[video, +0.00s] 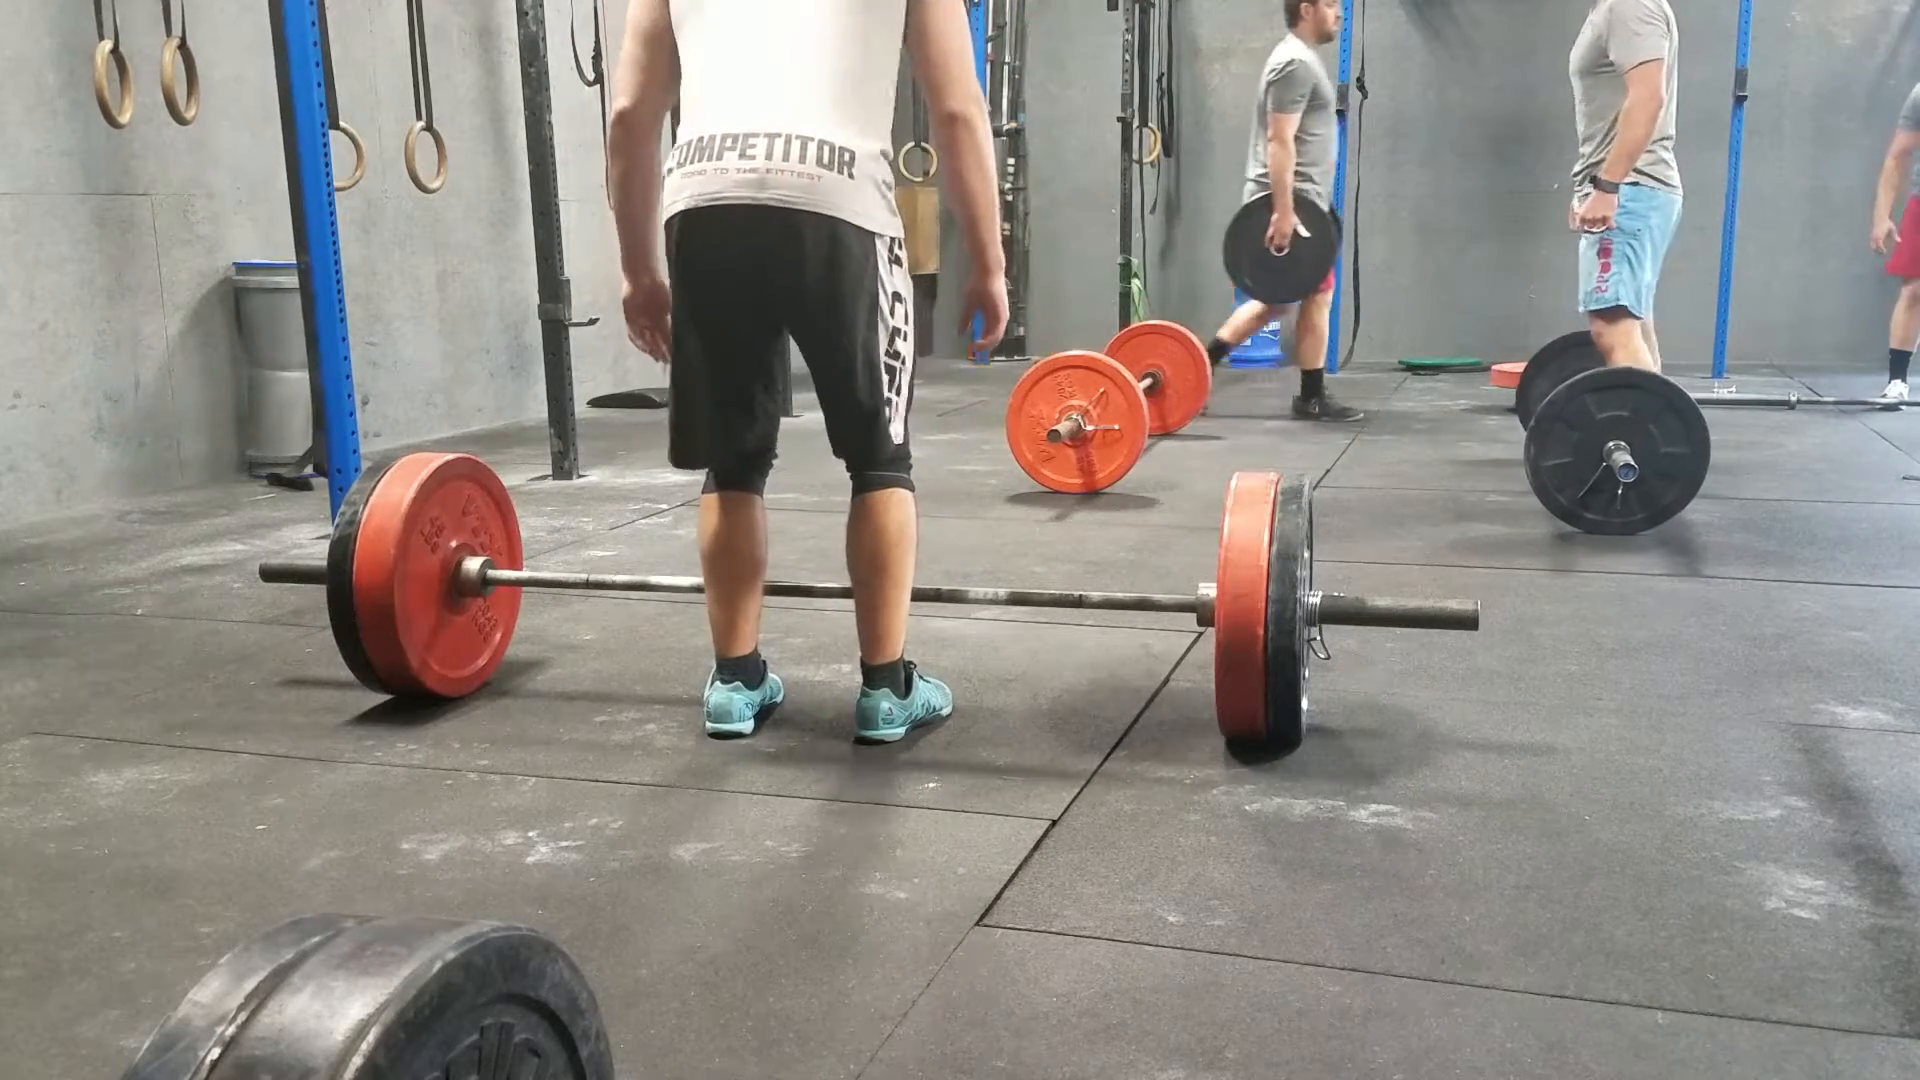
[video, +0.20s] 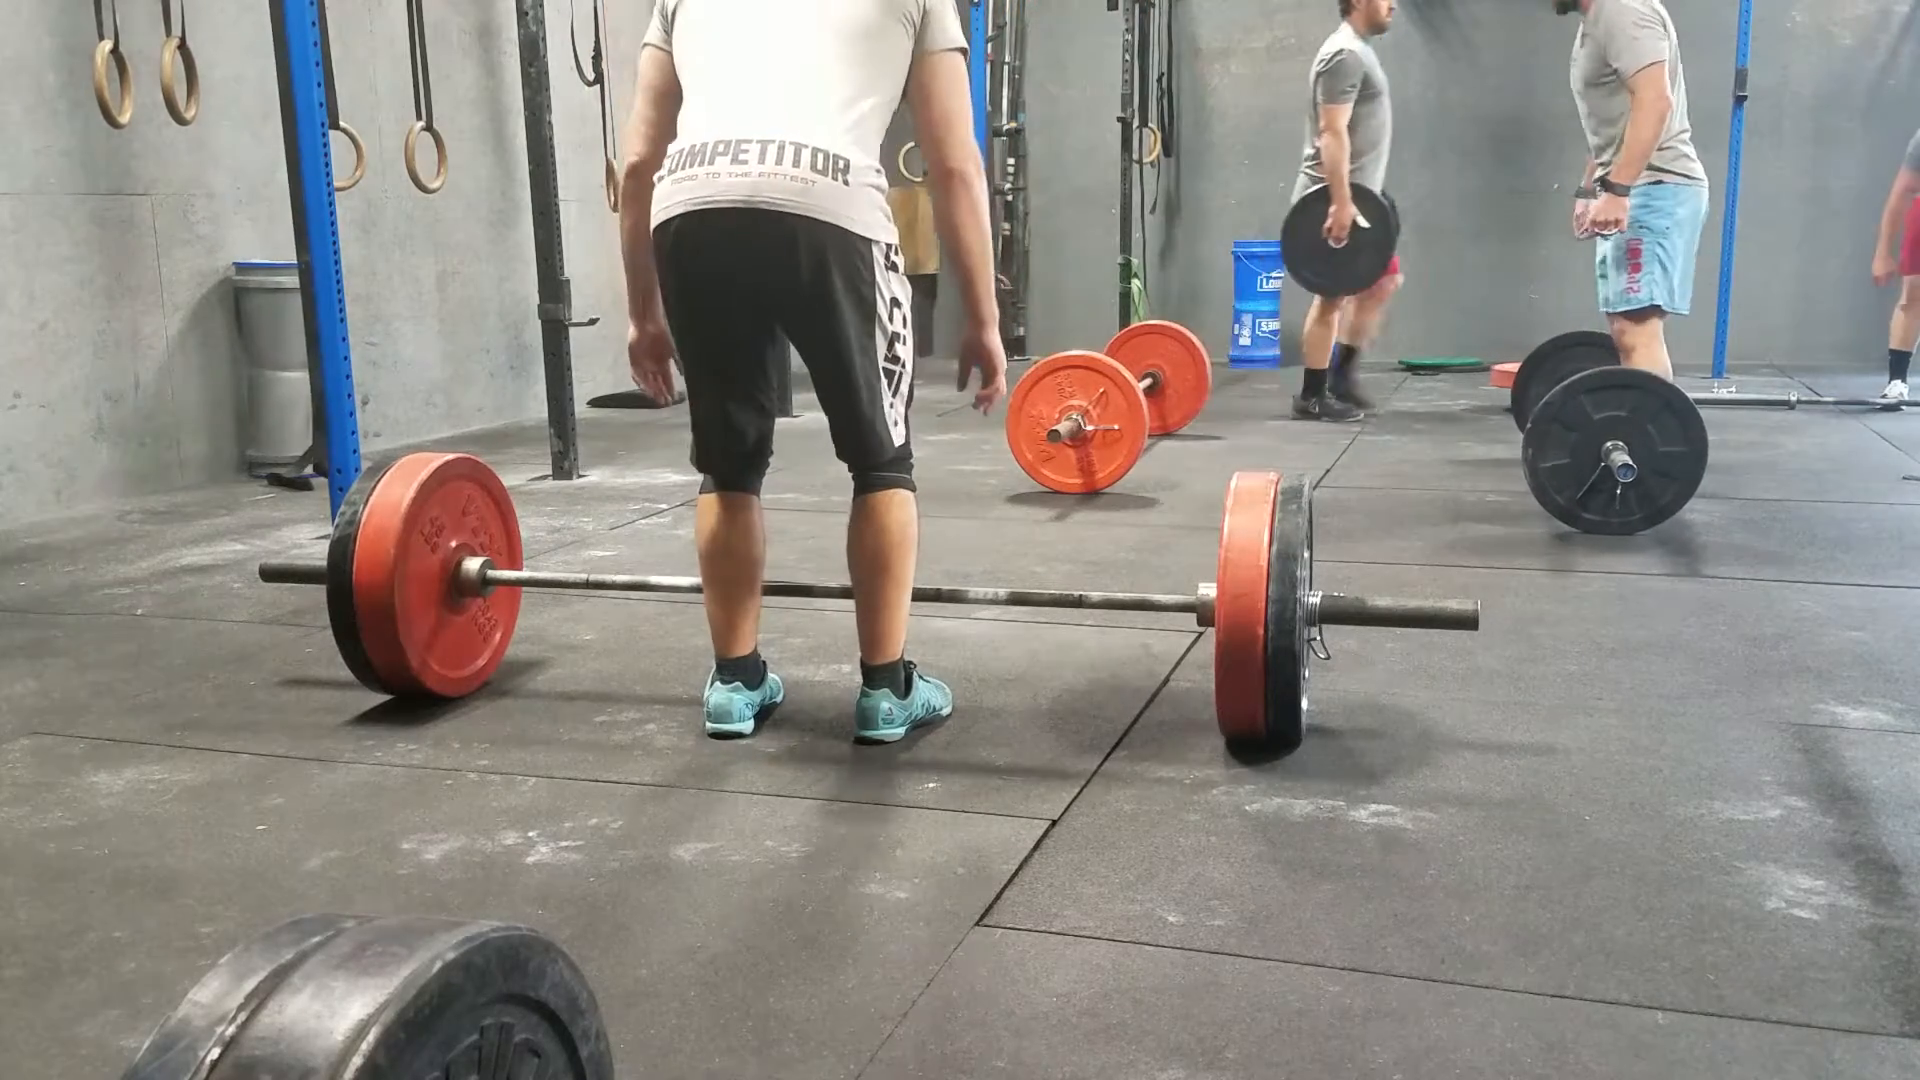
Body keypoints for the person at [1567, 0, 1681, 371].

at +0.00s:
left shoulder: (1631, 8)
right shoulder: (1615, 10)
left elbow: (1647, 99)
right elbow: (1619, 109)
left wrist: (1606, 186)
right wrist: (1587, 188)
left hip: (1630, 187)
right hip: (1636, 188)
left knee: (1613, 329)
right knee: (1632, 327)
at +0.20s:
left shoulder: (1623, 12)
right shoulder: (1595, 21)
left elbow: (1654, 103)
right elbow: (1612, 119)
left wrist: (1617, 189)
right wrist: (1589, 190)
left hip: (1657, 184)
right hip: (1634, 186)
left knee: (1637, 331)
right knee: (1626, 331)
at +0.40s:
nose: (1508, 72)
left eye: (1503, 60)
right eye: (1500, 64)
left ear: (1523, 33)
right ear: (1526, 34)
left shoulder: (1593, 47)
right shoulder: (1578, 66)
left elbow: (1650, 121)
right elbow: (1601, 164)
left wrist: (1629, 216)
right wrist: (1587, 238)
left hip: (1694, 186)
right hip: (1676, 188)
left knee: (1642, 327)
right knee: (1643, 329)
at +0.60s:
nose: (1497, 159)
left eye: (1490, 150)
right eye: (1488, 156)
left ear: (1501, 121)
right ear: (1500, 121)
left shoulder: (1569, 109)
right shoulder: (1555, 149)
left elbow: (1645, 164)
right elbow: (1586, 227)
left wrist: (1652, 252)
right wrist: (1580, 308)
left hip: (1721, 187)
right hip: (1699, 193)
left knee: (1650, 324)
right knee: (1646, 325)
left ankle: (1658, 455)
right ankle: (1658, 453)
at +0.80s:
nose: (1500, 227)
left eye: (1490, 219)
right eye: (1490, 225)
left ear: (1493, 190)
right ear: (1496, 187)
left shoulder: (1555, 157)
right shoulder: (1550, 203)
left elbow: (1638, 193)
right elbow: (1576, 285)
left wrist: (1668, 276)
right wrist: (1569, 366)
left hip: (1727, 191)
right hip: (1703, 201)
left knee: (1645, 325)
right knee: (1646, 327)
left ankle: (1661, 453)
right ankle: (1660, 452)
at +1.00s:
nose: (1499, 261)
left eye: (1488, 255)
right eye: (1489, 259)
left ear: (1488, 226)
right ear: (1491, 222)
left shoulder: (1547, 192)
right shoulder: (1548, 230)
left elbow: (1629, 227)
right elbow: (1577, 307)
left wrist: (1658, 309)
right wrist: (1580, 390)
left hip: (1726, 193)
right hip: (1705, 202)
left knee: (1634, 328)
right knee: (1631, 327)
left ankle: (1660, 452)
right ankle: (1653, 450)